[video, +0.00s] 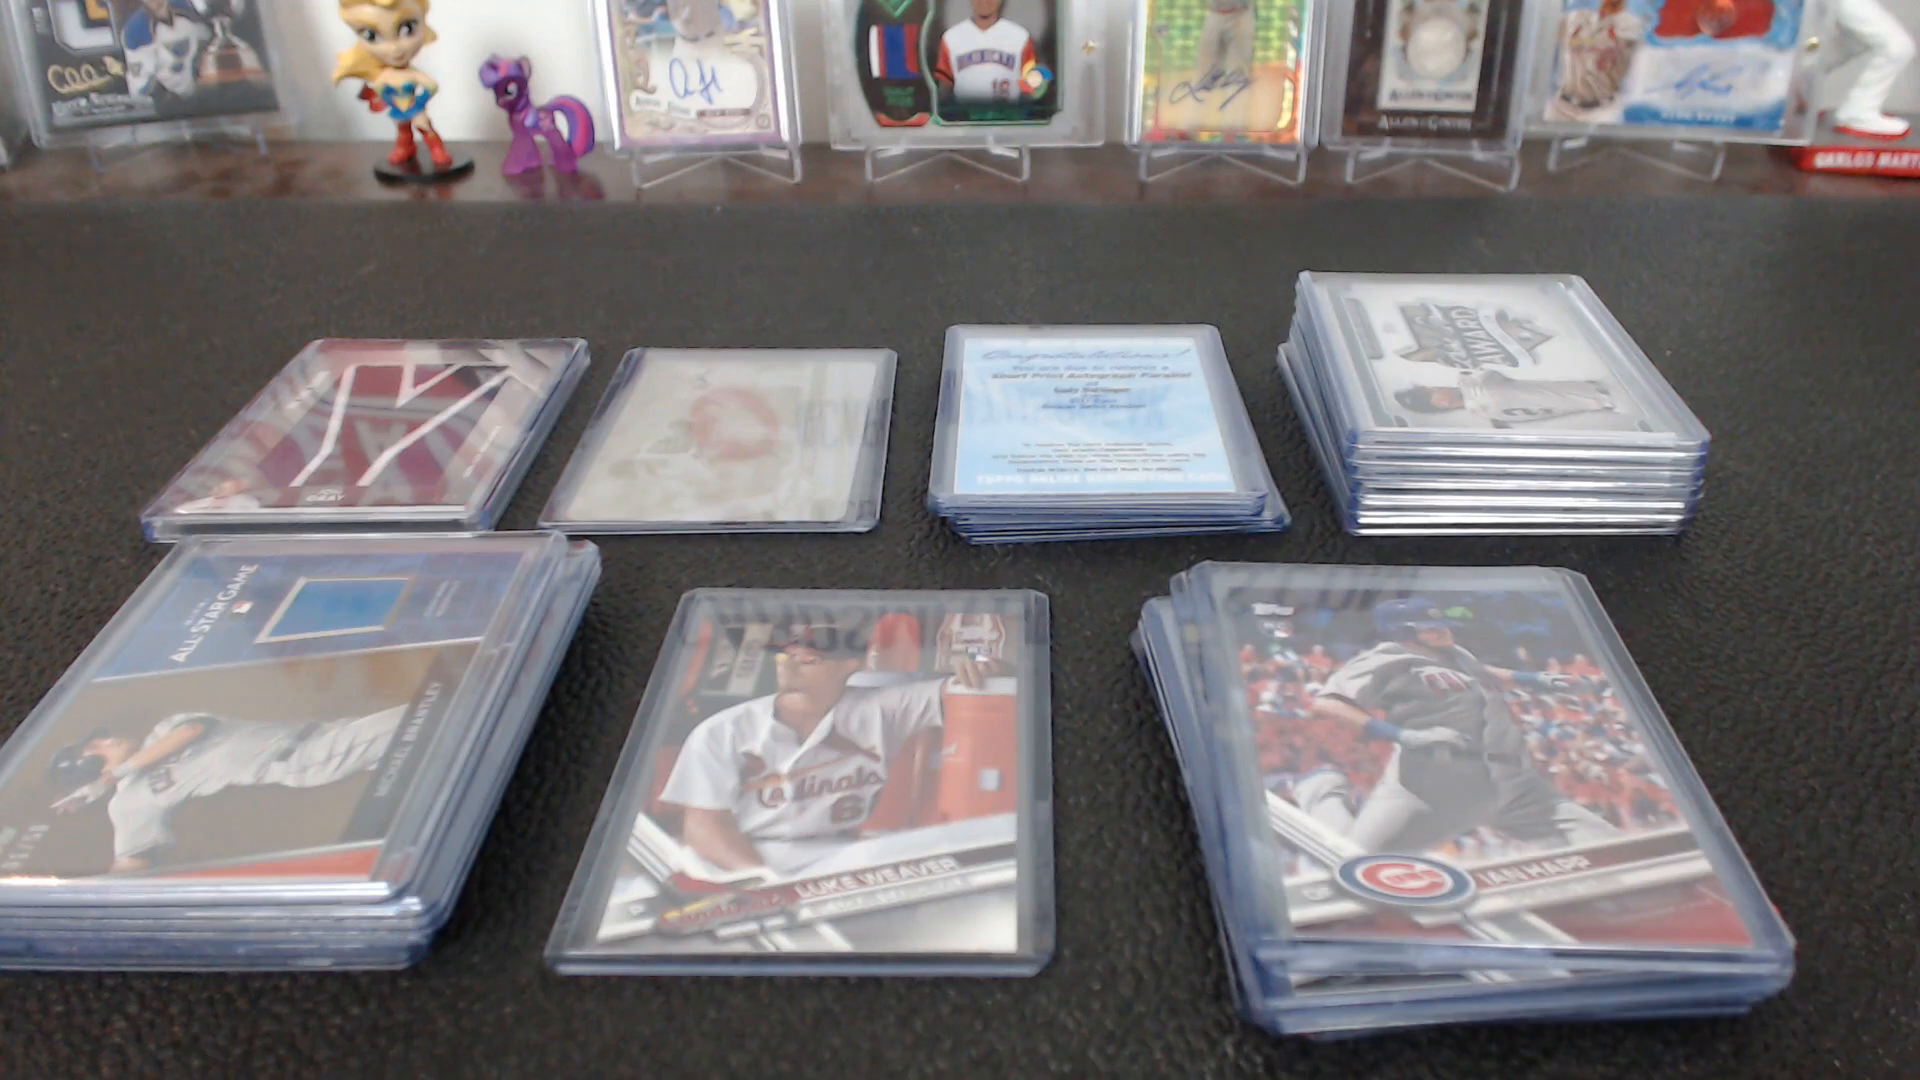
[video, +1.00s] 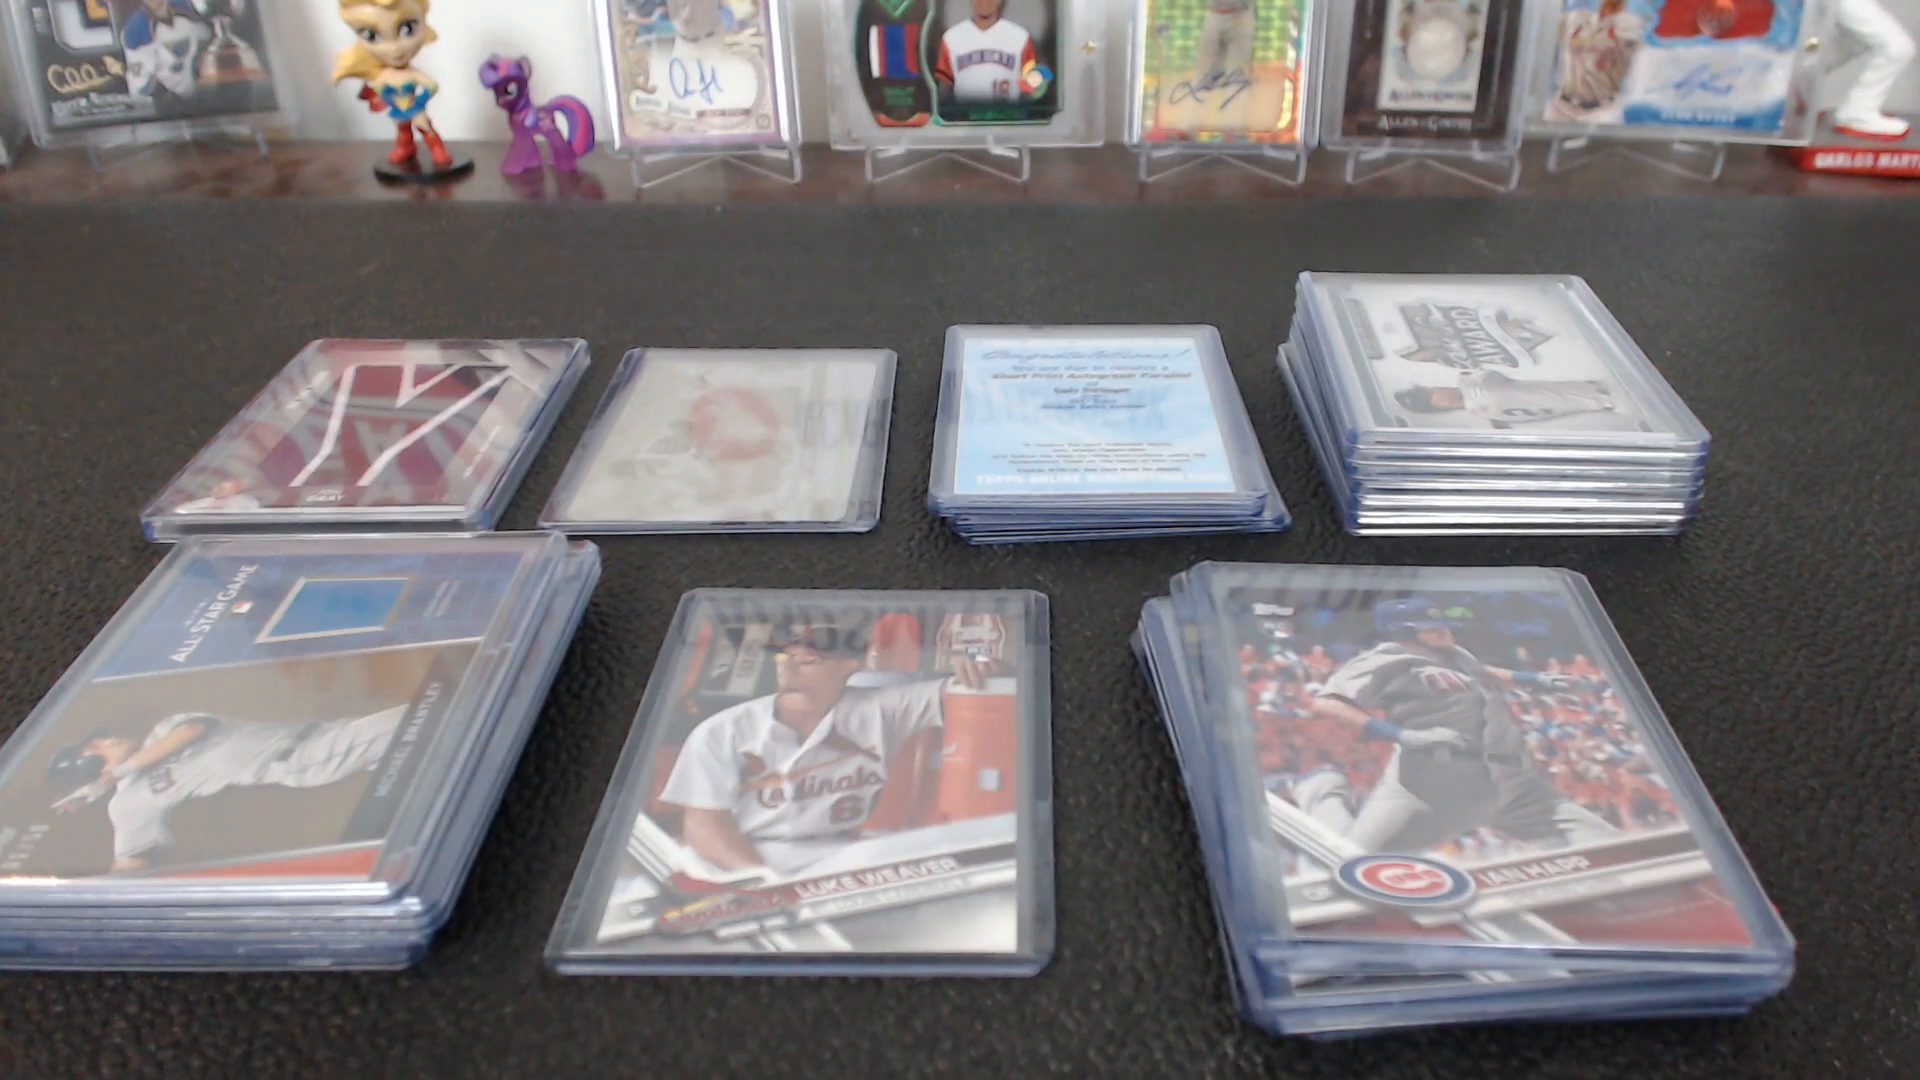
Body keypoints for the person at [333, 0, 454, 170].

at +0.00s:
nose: (393, 49)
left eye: (407, 29)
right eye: (371, 35)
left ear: (424, 26)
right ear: (357, 36)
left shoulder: (414, 75)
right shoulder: (377, 73)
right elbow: (369, 86)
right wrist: (374, 98)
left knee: (421, 120)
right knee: (400, 120)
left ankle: (436, 148)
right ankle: (405, 146)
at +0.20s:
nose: (393, 49)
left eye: (407, 29)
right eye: (371, 36)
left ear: (424, 26)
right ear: (357, 36)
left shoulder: (414, 75)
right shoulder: (377, 73)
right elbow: (369, 86)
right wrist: (375, 99)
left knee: (421, 121)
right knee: (400, 121)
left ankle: (436, 148)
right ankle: (405, 146)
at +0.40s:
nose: (393, 49)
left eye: (407, 29)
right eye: (371, 36)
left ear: (424, 26)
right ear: (357, 36)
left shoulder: (414, 75)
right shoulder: (377, 73)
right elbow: (369, 86)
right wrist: (374, 98)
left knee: (421, 121)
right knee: (400, 121)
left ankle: (436, 148)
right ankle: (405, 146)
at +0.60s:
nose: (393, 49)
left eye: (407, 29)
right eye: (371, 35)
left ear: (424, 26)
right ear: (358, 36)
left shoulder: (414, 75)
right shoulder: (378, 74)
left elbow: (426, 87)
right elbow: (369, 87)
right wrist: (375, 99)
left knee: (421, 122)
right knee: (401, 122)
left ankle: (436, 148)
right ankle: (405, 146)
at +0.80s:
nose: (393, 49)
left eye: (407, 29)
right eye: (371, 35)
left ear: (424, 26)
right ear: (357, 37)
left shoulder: (414, 74)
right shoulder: (378, 74)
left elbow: (427, 86)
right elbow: (369, 87)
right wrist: (375, 99)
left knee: (421, 122)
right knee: (401, 123)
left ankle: (437, 148)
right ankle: (405, 146)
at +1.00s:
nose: (393, 49)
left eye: (407, 29)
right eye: (371, 35)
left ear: (424, 26)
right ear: (357, 37)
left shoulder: (414, 75)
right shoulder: (378, 74)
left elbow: (427, 86)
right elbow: (369, 87)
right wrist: (375, 99)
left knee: (421, 122)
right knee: (401, 123)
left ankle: (437, 148)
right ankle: (405, 146)